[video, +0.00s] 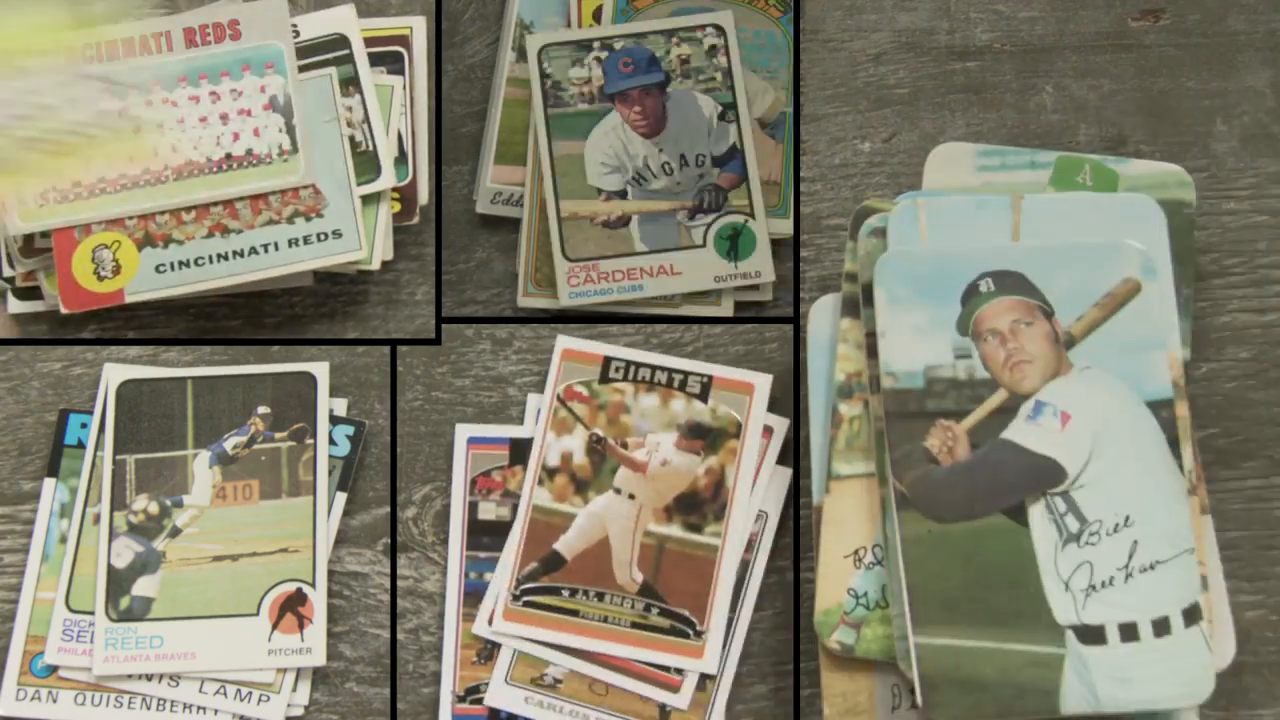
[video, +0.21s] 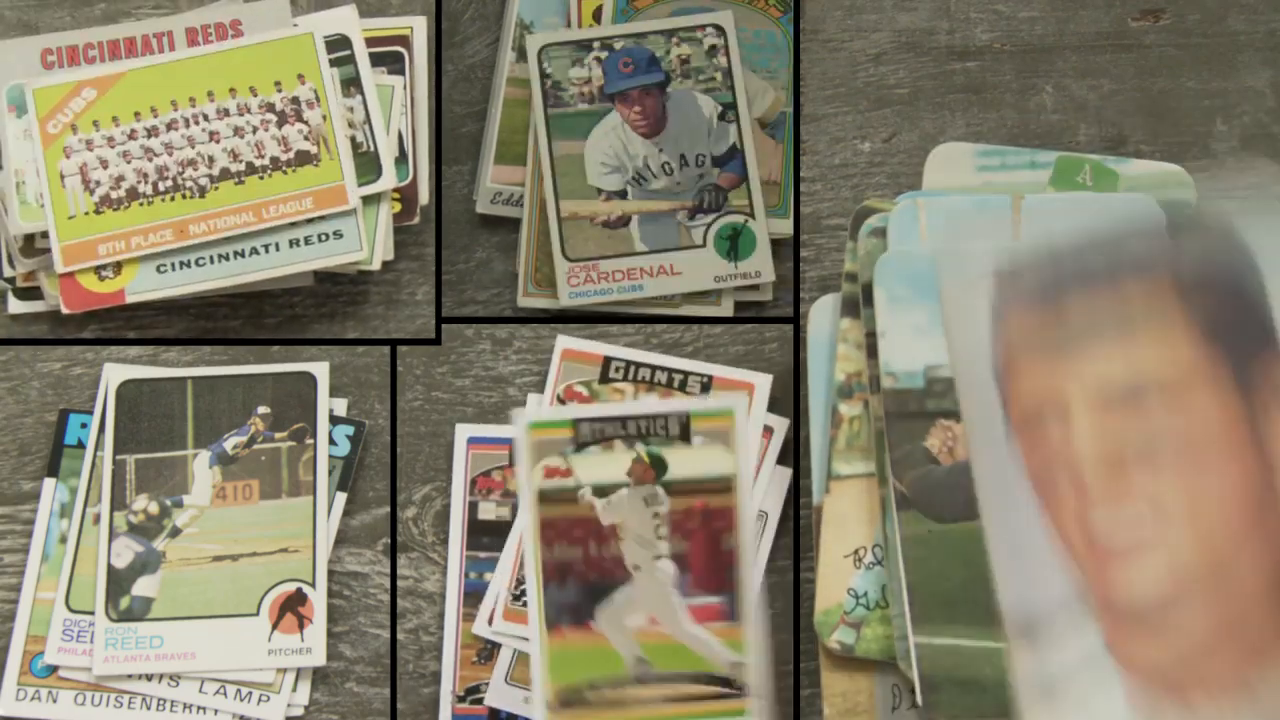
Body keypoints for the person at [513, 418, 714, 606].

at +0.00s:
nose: (680, 440)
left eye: (686, 438)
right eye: (681, 435)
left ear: (699, 444)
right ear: (682, 434)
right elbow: (641, 444)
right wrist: (613, 443)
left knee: (626, 577)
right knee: (567, 545)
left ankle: (672, 619)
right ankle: (516, 585)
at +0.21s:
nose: (631, 465)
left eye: (637, 463)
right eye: (634, 461)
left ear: (649, 474)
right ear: (649, 475)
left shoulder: (627, 498)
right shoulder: (659, 494)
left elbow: (603, 512)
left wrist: (588, 498)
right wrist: (598, 500)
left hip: (651, 572)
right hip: (662, 567)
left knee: (679, 626)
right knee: (606, 615)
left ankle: (734, 664)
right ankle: (638, 666)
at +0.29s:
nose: (639, 447)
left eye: (646, 446)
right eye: (642, 444)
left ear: (655, 456)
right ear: (655, 457)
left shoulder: (630, 476)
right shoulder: (661, 475)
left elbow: (606, 486)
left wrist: (593, 472)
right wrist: (600, 475)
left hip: (646, 544)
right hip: (656, 541)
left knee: (670, 599)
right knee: (599, 579)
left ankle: (718, 637)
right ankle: (623, 626)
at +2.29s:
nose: (645, 443)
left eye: (651, 442)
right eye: (648, 440)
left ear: (661, 454)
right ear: (661, 456)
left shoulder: (636, 471)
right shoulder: (666, 473)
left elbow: (611, 482)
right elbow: (630, 481)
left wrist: (600, 467)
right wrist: (605, 473)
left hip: (649, 542)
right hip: (658, 539)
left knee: (672, 596)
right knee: (600, 574)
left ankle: (718, 636)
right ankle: (624, 622)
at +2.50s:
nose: (645, 443)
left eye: (651, 442)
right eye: (648, 440)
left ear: (661, 454)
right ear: (661, 456)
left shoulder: (636, 471)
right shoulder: (666, 473)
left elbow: (611, 482)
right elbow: (630, 481)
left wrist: (600, 467)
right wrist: (605, 473)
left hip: (649, 542)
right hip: (658, 539)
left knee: (672, 596)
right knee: (600, 574)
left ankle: (718, 636)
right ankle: (624, 622)